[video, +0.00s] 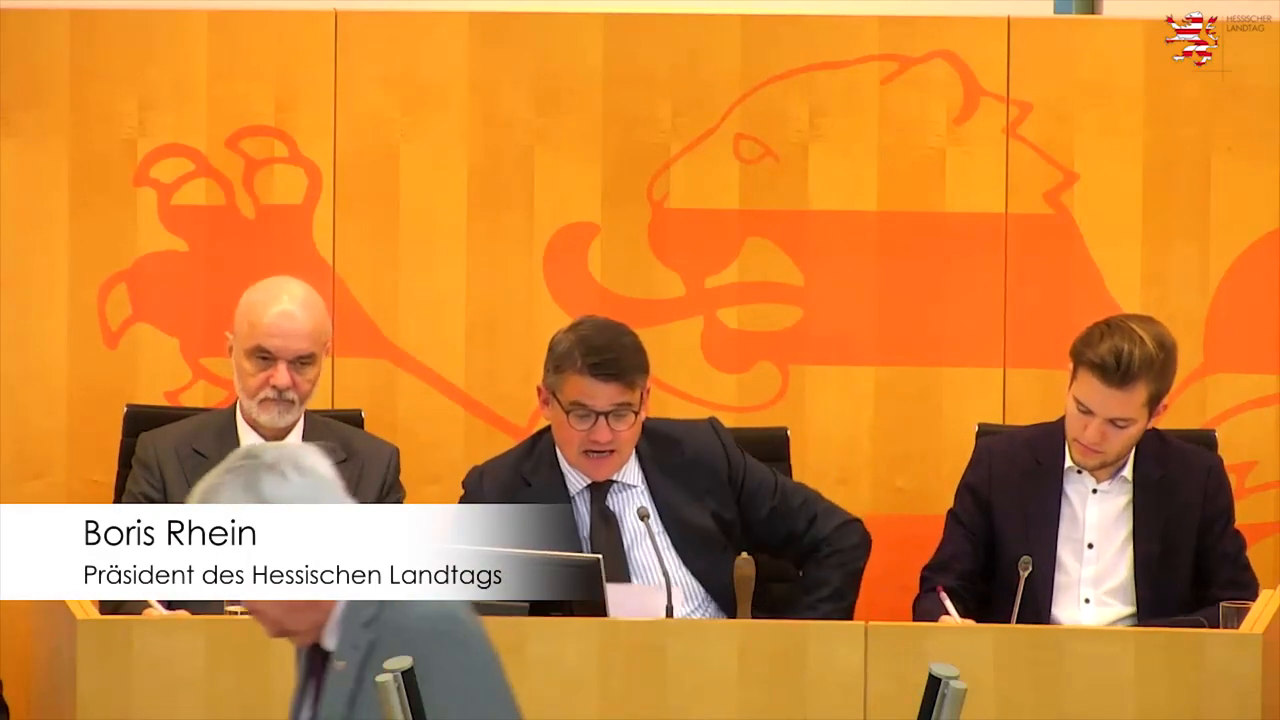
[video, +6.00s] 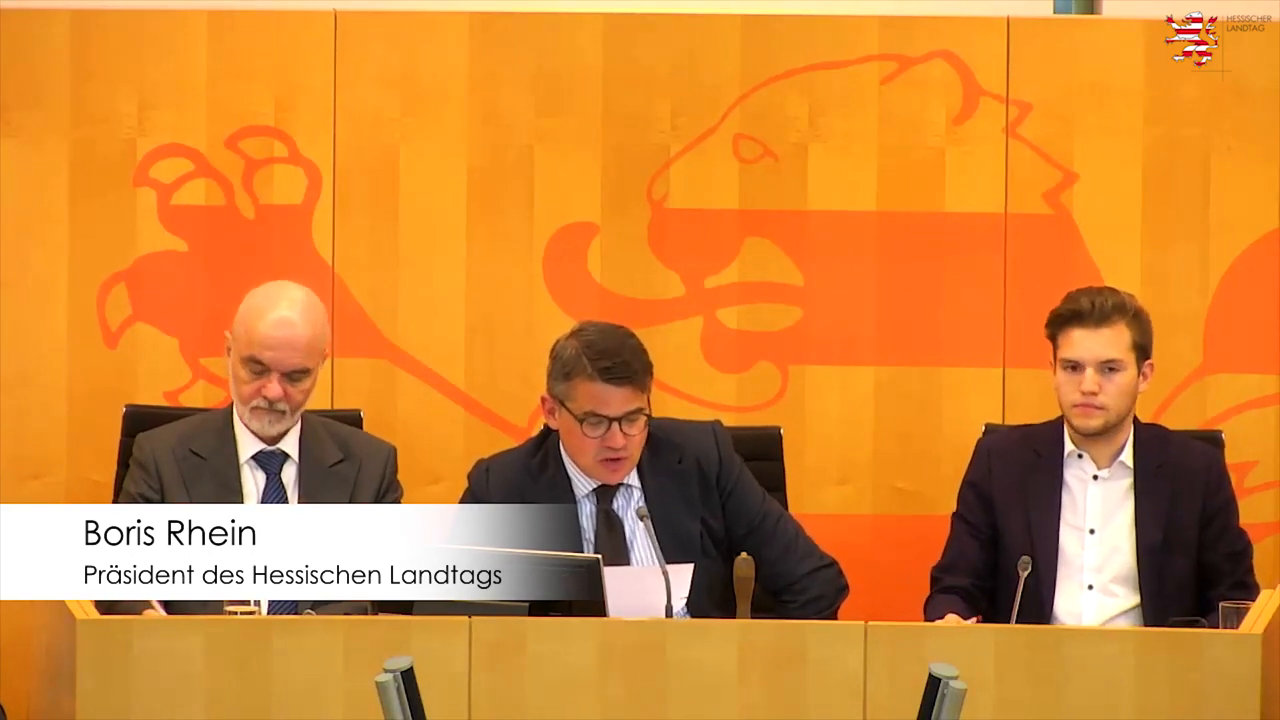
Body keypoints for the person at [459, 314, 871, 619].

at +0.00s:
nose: (602, 436)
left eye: (619, 415)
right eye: (581, 415)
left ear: (644, 398)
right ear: (546, 400)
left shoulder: (705, 455)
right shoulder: (495, 490)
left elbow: (840, 540)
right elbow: (468, 624)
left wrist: (797, 655)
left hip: (718, 670)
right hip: (579, 683)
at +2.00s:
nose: (611, 421)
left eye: (627, 400)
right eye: (589, 401)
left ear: (649, 391)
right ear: (551, 397)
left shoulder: (707, 451)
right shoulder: (501, 485)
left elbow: (813, 581)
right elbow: (464, 619)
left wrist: (769, 680)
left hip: (707, 674)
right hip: (566, 684)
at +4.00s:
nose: (610, 433)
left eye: (624, 411)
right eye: (587, 416)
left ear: (641, 394)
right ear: (545, 409)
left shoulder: (703, 452)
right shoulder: (497, 488)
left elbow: (810, 582)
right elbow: (470, 625)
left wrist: (763, 678)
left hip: (706, 672)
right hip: (566, 683)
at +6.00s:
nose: (617, 440)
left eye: (633, 418)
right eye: (594, 422)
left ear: (649, 399)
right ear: (552, 411)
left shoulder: (704, 457)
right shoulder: (499, 488)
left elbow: (814, 583)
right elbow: (459, 622)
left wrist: (757, 676)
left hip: (701, 678)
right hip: (562, 686)